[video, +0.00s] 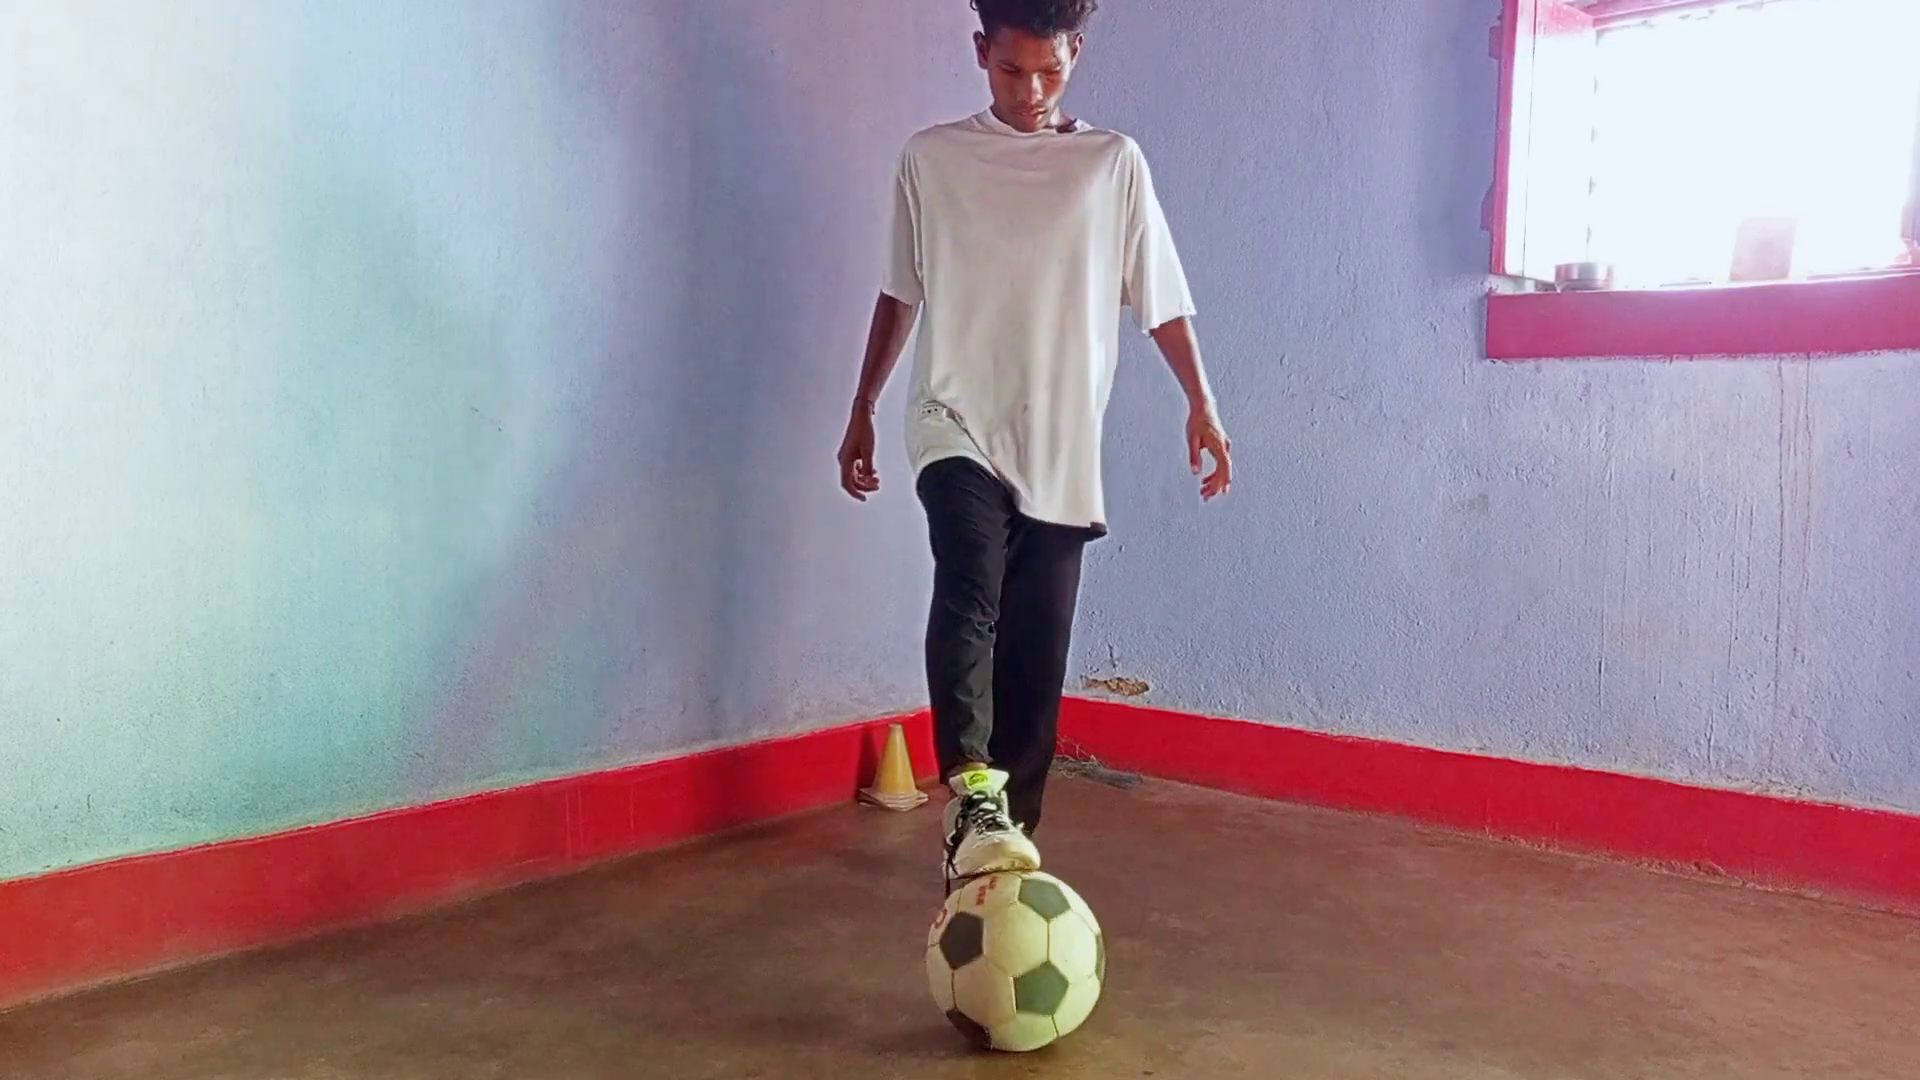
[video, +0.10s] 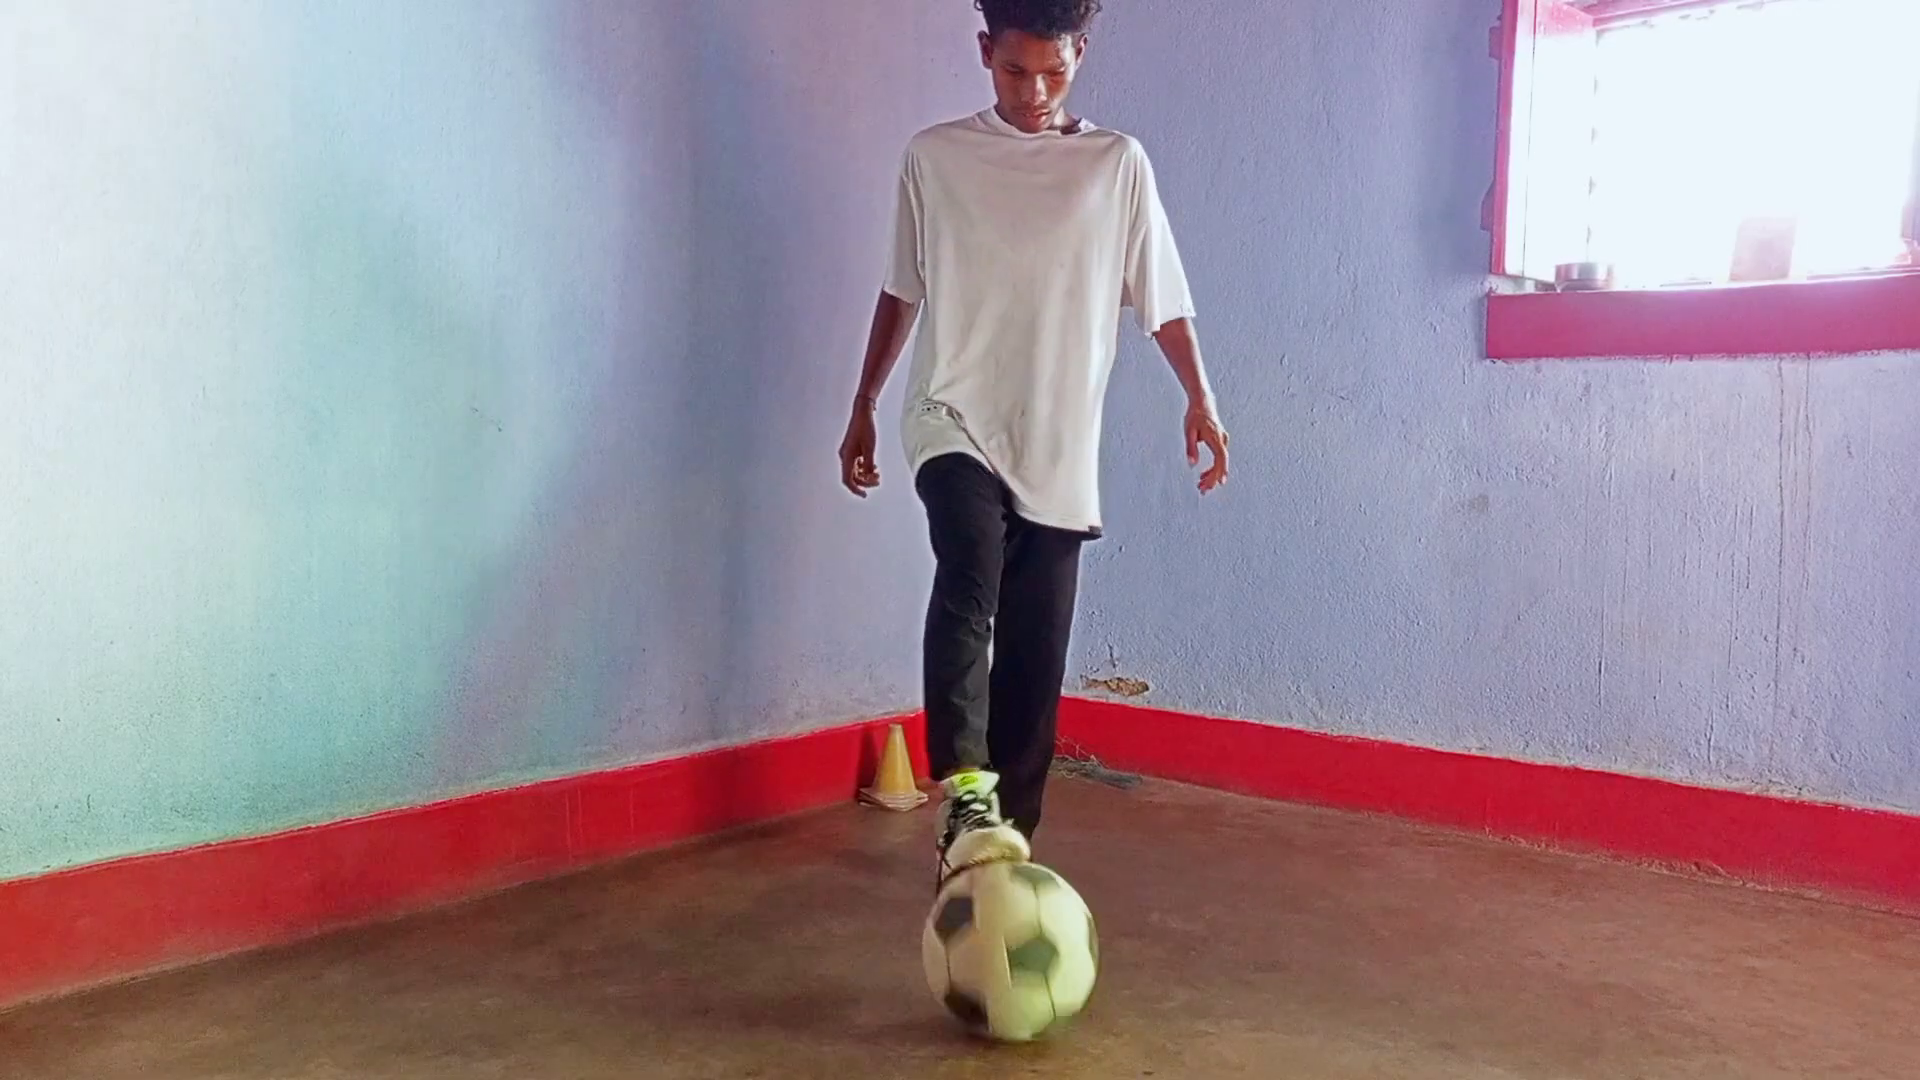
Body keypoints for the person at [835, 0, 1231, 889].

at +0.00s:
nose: (1031, 92)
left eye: (1048, 74)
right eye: (1014, 72)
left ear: (1074, 58)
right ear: (983, 53)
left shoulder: (1114, 162)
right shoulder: (931, 157)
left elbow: (1159, 299)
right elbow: (900, 295)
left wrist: (1201, 401)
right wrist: (862, 410)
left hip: (1061, 441)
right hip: (956, 420)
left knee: (1037, 653)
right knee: (972, 573)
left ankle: (1010, 845)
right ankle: (970, 788)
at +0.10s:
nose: (1035, 92)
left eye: (1052, 74)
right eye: (1017, 74)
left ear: (1079, 57)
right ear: (988, 54)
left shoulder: (1118, 162)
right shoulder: (935, 155)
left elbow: (1160, 297)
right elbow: (902, 293)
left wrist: (1200, 399)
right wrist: (863, 409)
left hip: (1059, 438)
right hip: (955, 416)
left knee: (1037, 645)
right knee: (972, 568)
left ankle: (1011, 840)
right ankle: (965, 787)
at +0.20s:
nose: (1043, 92)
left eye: (1063, 74)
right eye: (1027, 72)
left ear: (1091, 58)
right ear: (996, 49)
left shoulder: (1124, 160)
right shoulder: (940, 148)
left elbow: (1156, 293)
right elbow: (902, 279)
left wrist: (1188, 393)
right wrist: (863, 396)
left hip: (1057, 429)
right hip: (953, 405)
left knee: (1033, 632)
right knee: (975, 555)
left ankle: (1008, 838)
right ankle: (954, 792)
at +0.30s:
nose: (1045, 100)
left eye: (1065, 80)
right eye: (1027, 78)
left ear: (1094, 57)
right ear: (998, 51)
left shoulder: (1126, 163)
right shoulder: (940, 149)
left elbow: (1152, 295)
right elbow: (900, 279)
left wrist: (1173, 396)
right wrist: (863, 392)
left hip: (1058, 430)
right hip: (954, 409)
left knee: (1029, 629)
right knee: (974, 584)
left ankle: (1008, 834)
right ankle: (946, 804)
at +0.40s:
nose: (1046, 115)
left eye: (1066, 94)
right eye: (1028, 91)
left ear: (1095, 69)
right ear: (999, 61)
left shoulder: (1130, 176)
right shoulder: (942, 159)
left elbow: (1149, 305)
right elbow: (898, 287)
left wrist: (1159, 412)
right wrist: (863, 398)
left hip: (1060, 440)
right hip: (955, 425)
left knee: (1032, 637)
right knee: (959, 611)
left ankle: (1016, 833)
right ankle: (940, 824)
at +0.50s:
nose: (1047, 108)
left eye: (1067, 89)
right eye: (1029, 85)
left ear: (1096, 63)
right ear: (1000, 53)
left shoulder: (1132, 167)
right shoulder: (944, 148)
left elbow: (1147, 302)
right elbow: (898, 273)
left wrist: (1152, 411)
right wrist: (863, 377)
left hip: (1058, 444)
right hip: (953, 431)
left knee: (1035, 652)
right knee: (941, 638)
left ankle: (1017, 849)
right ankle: (953, 842)